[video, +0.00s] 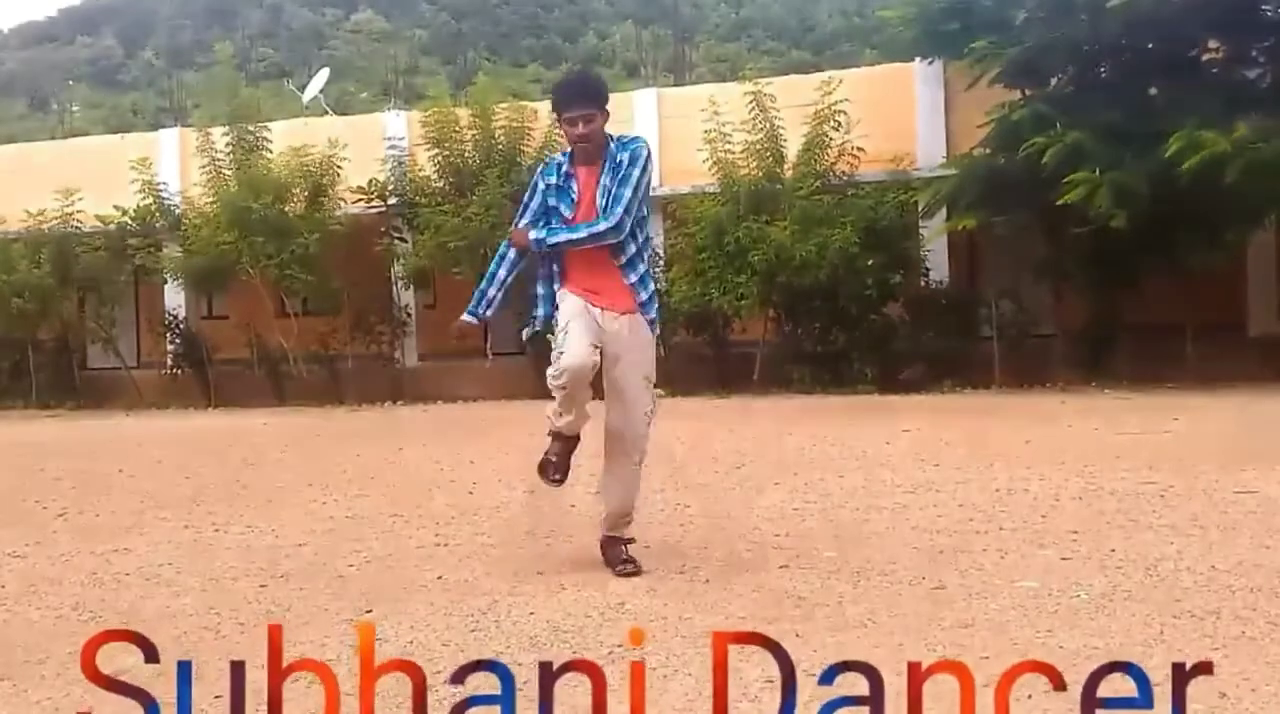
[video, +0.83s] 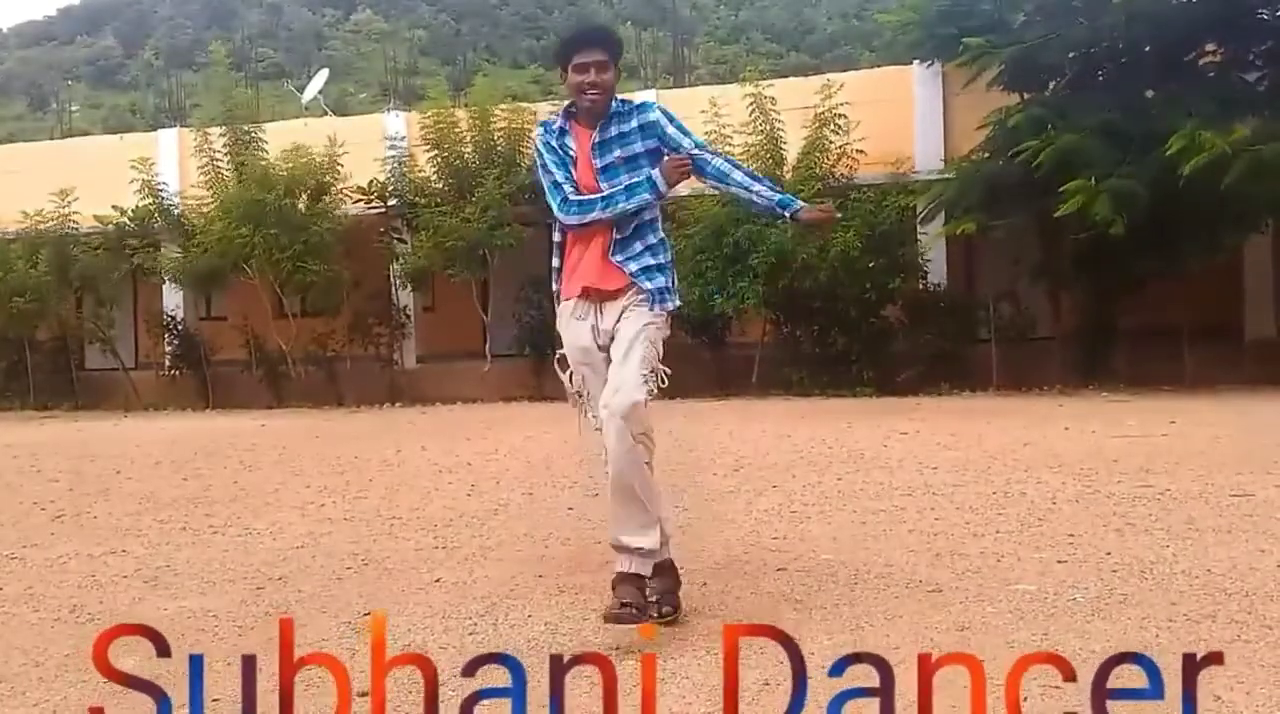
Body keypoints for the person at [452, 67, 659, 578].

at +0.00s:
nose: (580, 131)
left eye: (588, 120)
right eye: (569, 122)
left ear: (606, 116)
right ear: (559, 124)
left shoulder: (633, 153)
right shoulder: (552, 172)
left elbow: (616, 225)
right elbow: (520, 240)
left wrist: (541, 236)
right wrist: (480, 307)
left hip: (630, 298)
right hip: (575, 292)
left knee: (629, 426)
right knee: (575, 361)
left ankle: (616, 534)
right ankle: (564, 434)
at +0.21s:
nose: (565, 143)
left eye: (574, 131)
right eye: (554, 134)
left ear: (590, 119)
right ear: (542, 129)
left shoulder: (617, 140)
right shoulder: (548, 171)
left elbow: (606, 214)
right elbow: (519, 225)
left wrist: (540, 221)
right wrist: (457, 269)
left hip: (645, 296)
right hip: (589, 297)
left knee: (629, 415)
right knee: (608, 399)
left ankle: (600, 515)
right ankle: (631, 515)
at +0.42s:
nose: (565, 154)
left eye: (575, 143)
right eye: (555, 145)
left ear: (593, 145)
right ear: (544, 152)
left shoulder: (618, 173)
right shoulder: (562, 221)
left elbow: (616, 251)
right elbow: (548, 299)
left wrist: (577, 322)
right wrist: (485, 322)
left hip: (659, 338)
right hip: (606, 342)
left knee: (638, 446)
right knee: (623, 447)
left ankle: (606, 515)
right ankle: (650, 569)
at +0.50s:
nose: (561, 145)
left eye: (572, 134)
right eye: (552, 137)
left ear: (590, 138)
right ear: (541, 146)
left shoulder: (617, 168)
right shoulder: (560, 216)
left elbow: (634, 248)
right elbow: (572, 300)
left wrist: (637, 331)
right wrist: (519, 354)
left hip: (662, 337)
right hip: (604, 345)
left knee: (660, 468)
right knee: (616, 454)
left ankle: (622, 490)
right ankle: (651, 577)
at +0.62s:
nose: (571, 140)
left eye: (581, 130)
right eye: (560, 130)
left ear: (596, 136)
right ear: (546, 138)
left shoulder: (624, 171)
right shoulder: (553, 214)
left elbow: (678, 234)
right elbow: (567, 285)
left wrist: (738, 286)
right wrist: (590, 301)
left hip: (659, 344)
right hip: (597, 353)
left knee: (656, 459)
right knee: (603, 464)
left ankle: (685, 482)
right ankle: (651, 579)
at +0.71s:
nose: (577, 119)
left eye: (587, 109)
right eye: (566, 109)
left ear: (603, 115)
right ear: (550, 116)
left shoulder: (629, 152)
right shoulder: (551, 186)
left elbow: (694, 202)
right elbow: (567, 259)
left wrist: (769, 243)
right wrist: (641, 234)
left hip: (652, 317)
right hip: (591, 329)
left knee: (640, 413)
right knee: (609, 460)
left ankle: (680, 501)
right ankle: (650, 578)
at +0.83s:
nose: (591, 80)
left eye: (601, 69)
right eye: (580, 70)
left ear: (616, 72)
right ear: (564, 75)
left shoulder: (646, 119)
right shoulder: (550, 136)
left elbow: (713, 165)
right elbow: (569, 213)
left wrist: (790, 208)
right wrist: (656, 184)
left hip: (642, 289)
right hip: (577, 297)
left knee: (623, 408)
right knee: (608, 427)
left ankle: (630, 569)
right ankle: (658, 563)